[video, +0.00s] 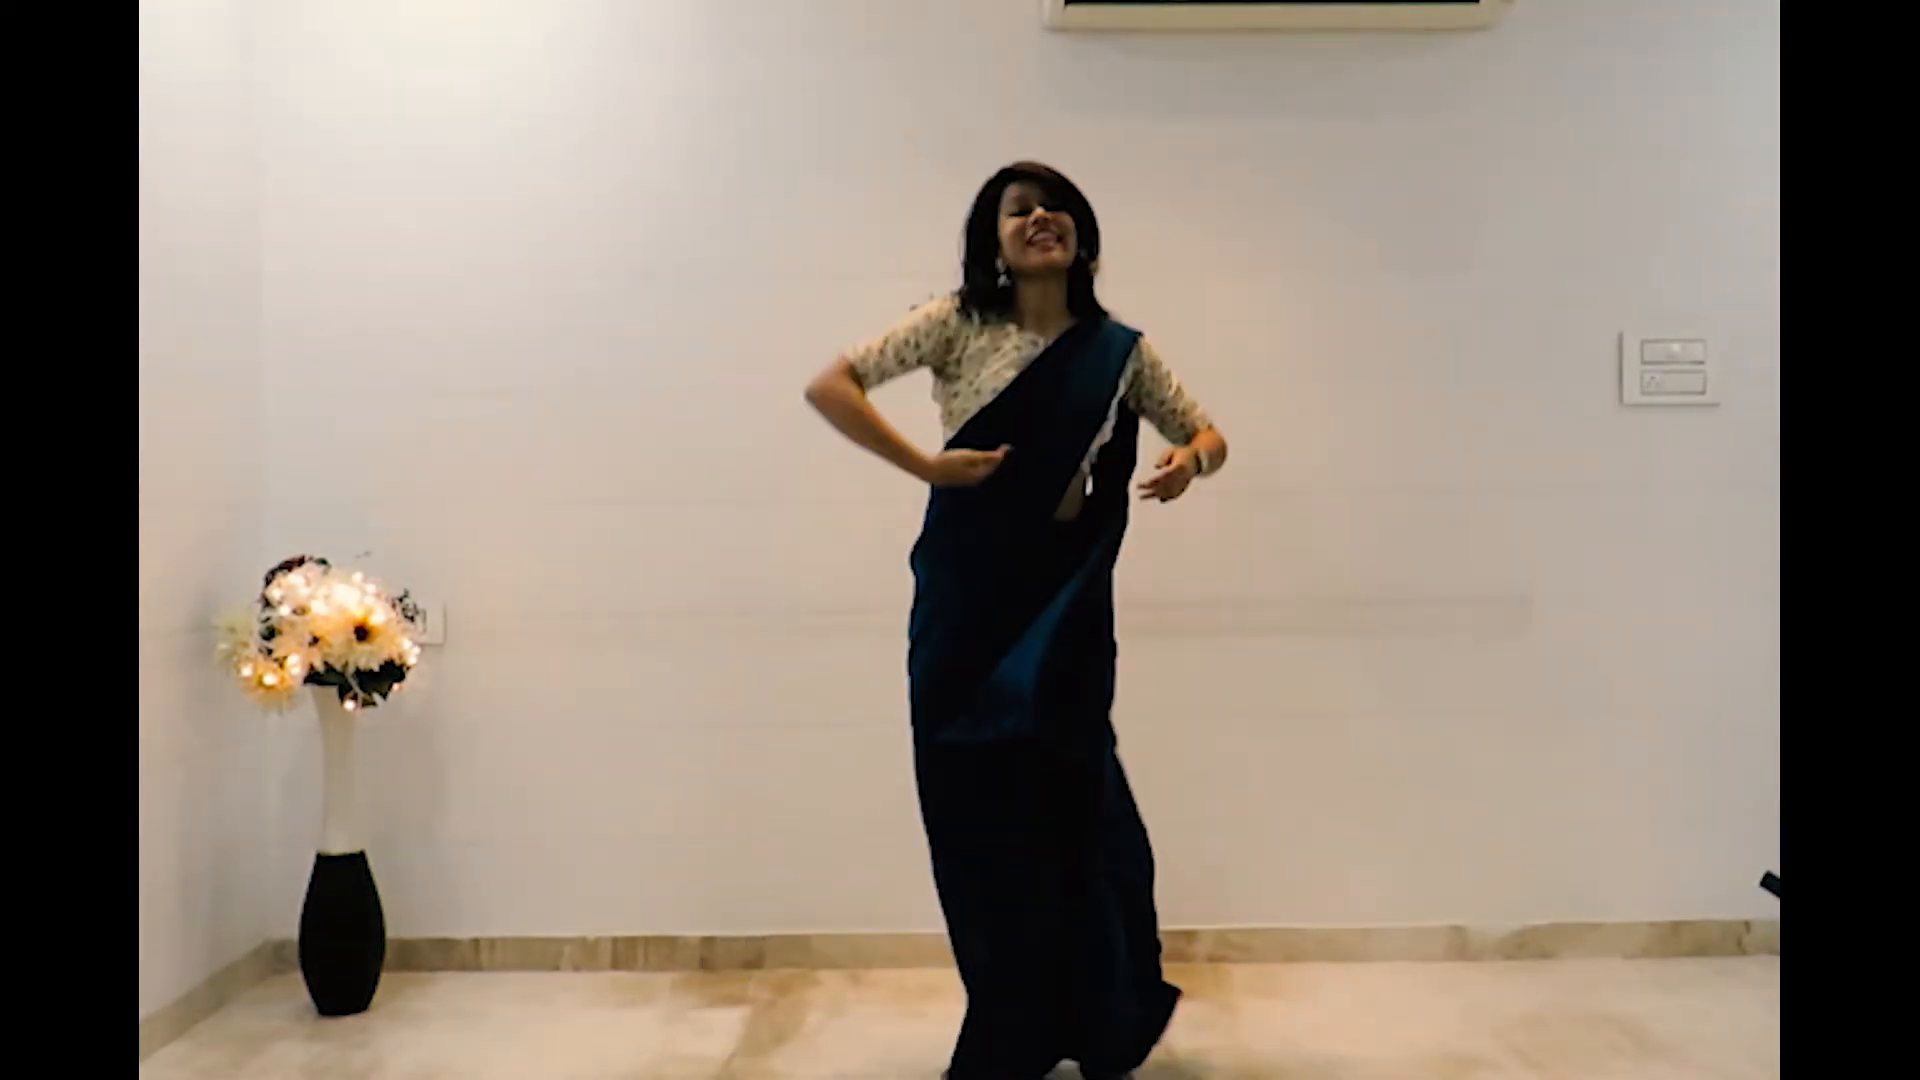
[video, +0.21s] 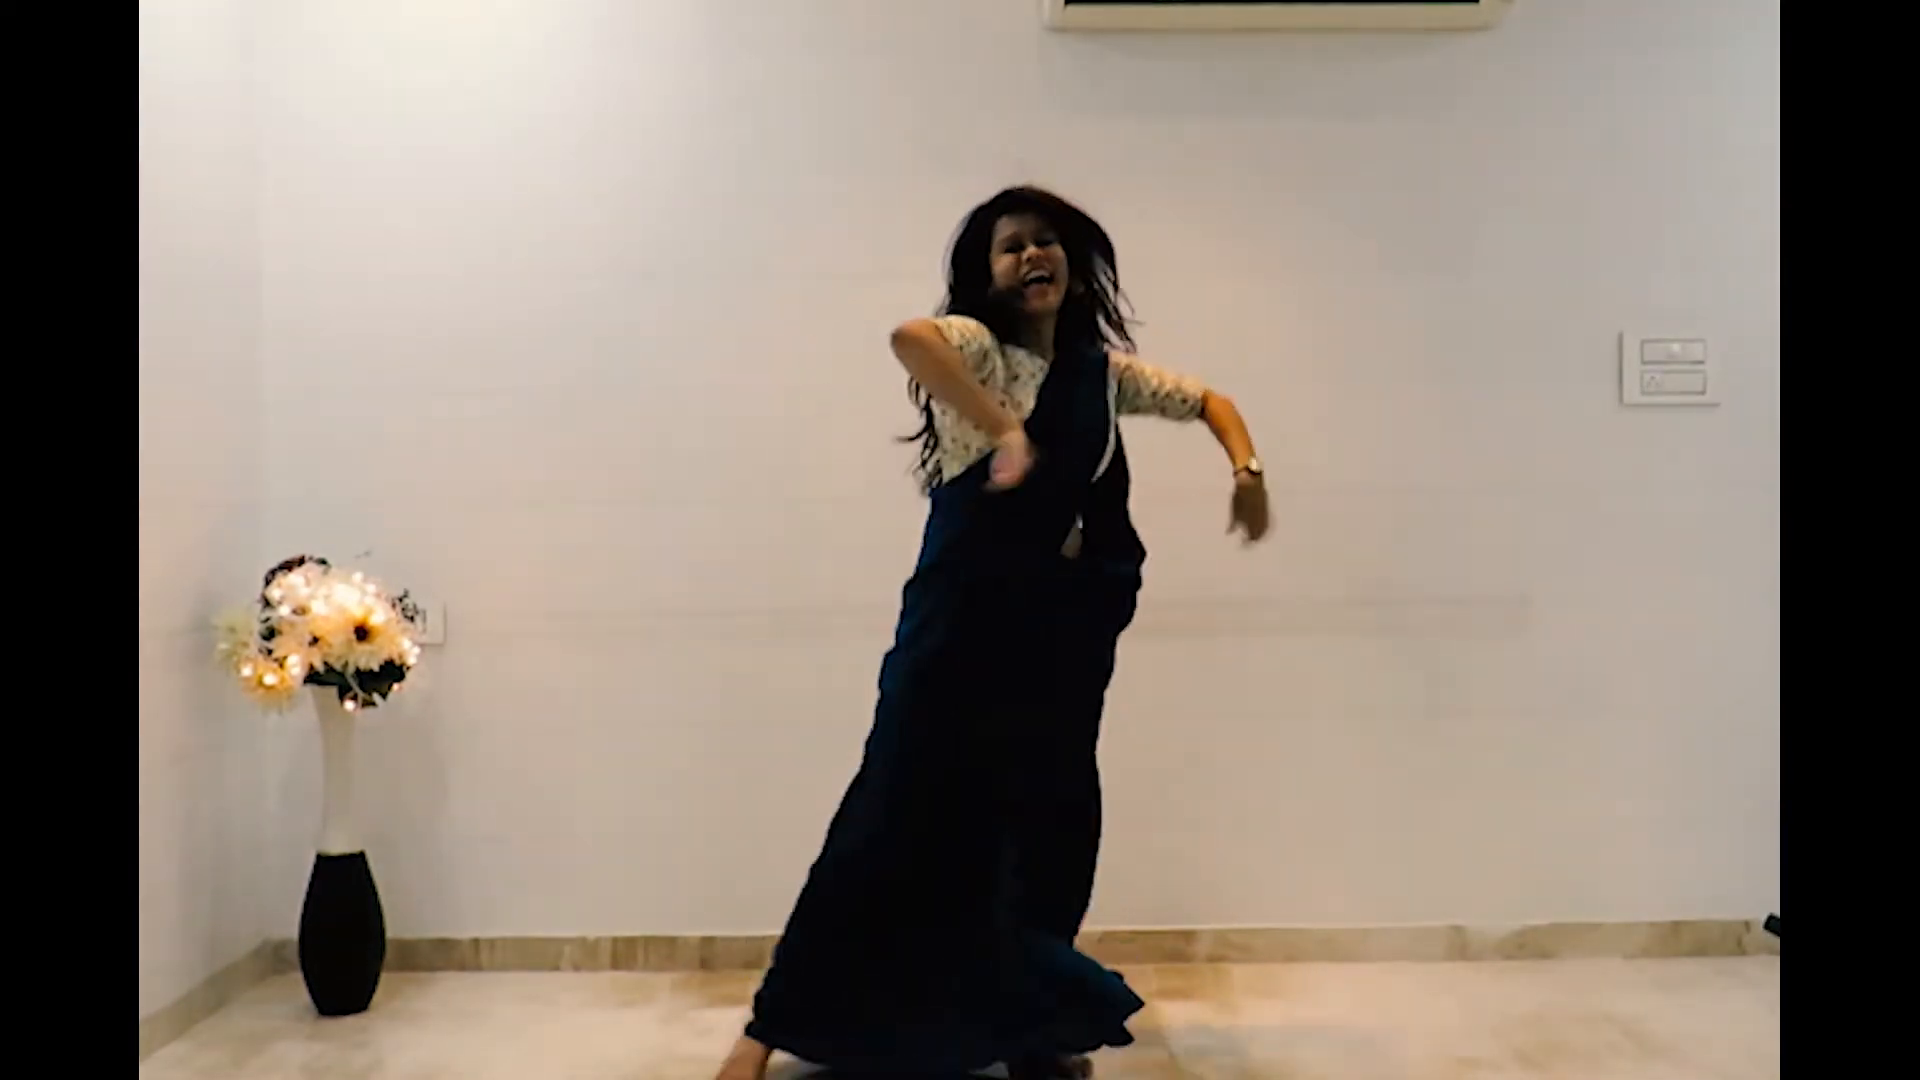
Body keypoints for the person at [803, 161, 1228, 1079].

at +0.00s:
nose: (1041, 217)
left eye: (1056, 206)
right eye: (1020, 208)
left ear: (1081, 236)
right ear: (992, 239)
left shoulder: (1120, 347)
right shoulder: (956, 324)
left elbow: (1207, 438)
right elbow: (828, 387)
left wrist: (1188, 461)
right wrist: (924, 464)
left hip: (1067, 598)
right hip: (965, 594)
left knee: (1061, 790)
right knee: (972, 802)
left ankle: (1097, 1017)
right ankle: (1003, 1025)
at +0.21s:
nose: (1033, 256)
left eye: (1046, 242)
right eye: (1012, 248)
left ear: (1076, 262)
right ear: (986, 273)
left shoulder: (1104, 372)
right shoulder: (978, 343)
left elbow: (1212, 401)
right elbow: (911, 339)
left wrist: (1247, 469)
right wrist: (1002, 428)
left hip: (1058, 637)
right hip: (958, 627)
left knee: (1050, 821)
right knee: (887, 815)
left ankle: (1034, 1027)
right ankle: (762, 1037)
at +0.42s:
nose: (1007, 299)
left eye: (1023, 286)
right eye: (988, 286)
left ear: (1047, 310)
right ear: (962, 309)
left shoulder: (1053, 422)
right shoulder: (949, 400)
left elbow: (1146, 516)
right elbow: (1013, 478)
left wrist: (1254, 461)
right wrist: (1079, 370)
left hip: (1036, 670)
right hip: (938, 670)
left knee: (1056, 867)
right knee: (881, 857)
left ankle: (1066, 1054)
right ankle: (756, 1051)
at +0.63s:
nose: (1000, 325)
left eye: (1013, 311)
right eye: (981, 312)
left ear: (1035, 324)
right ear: (952, 328)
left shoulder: (1066, 419)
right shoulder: (945, 427)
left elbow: (1101, 522)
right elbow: (985, 557)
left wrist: (1145, 523)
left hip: (1017, 666)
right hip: (920, 661)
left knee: (1010, 850)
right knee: (854, 838)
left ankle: (1000, 1038)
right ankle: (747, 1038)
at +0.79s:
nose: (1032, 267)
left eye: (1048, 258)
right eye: (1020, 249)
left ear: (1063, 277)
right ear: (978, 254)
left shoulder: (1088, 363)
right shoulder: (920, 354)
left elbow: (1181, 455)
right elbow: (804, 430)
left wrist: (1094, 507)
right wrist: (911, 480)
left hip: (1043, 624)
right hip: (937, 617)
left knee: (1022, 821)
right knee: (902, 813)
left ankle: (1013, 1036)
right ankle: (870, 1034)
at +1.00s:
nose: (1037, 251)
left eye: (1056, 249)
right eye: (1025, 235)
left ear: (1067, 281)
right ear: (986, 248)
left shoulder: (1055, 348)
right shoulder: (932, 335)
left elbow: (1135, 376)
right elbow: (799, 321)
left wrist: (1030, 439)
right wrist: (810, 397)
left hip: (1035, 590)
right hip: (942, 594)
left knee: (1099, 793)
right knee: (959, 807)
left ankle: (1197, 993)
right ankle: (974, 1022)